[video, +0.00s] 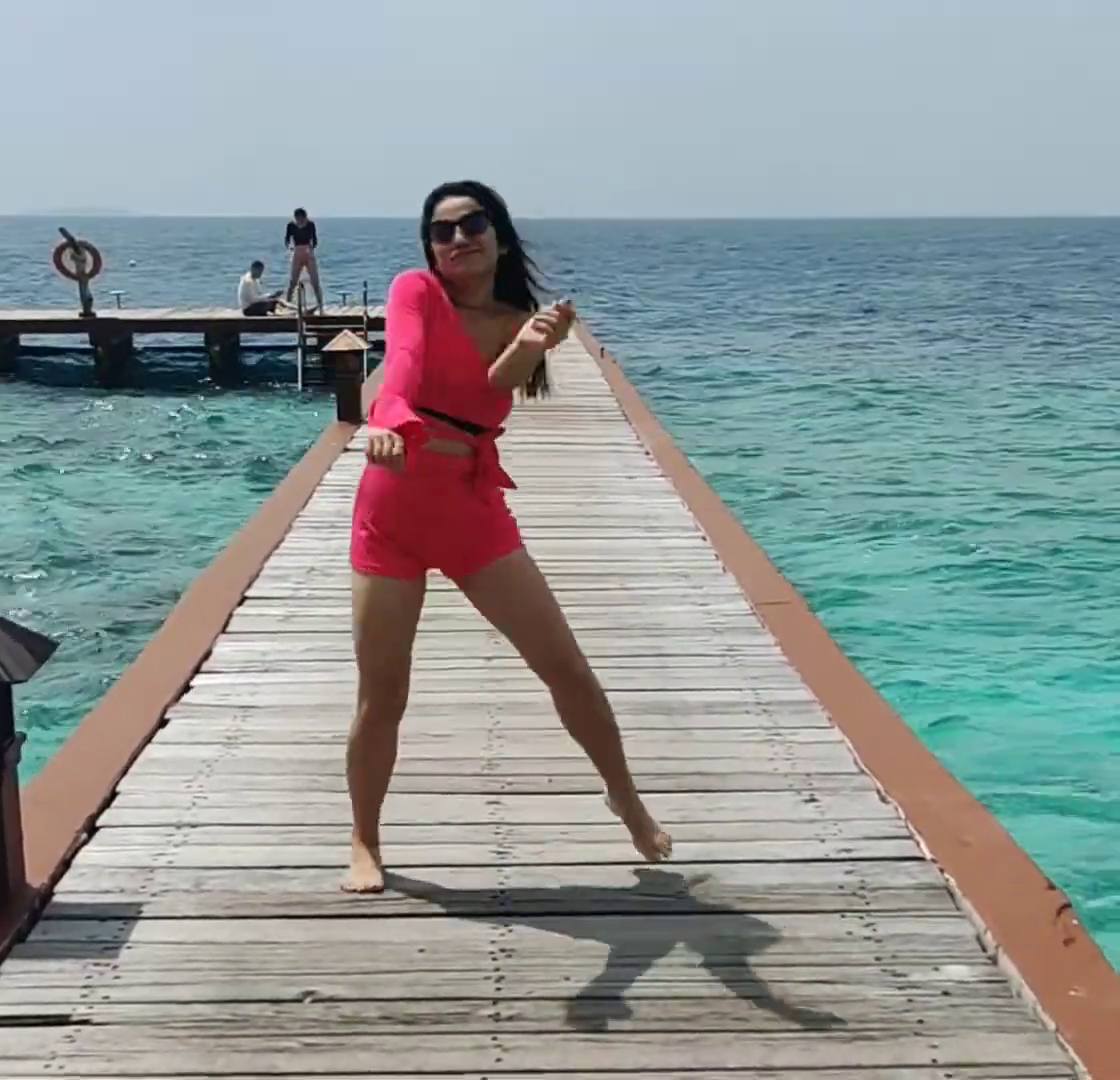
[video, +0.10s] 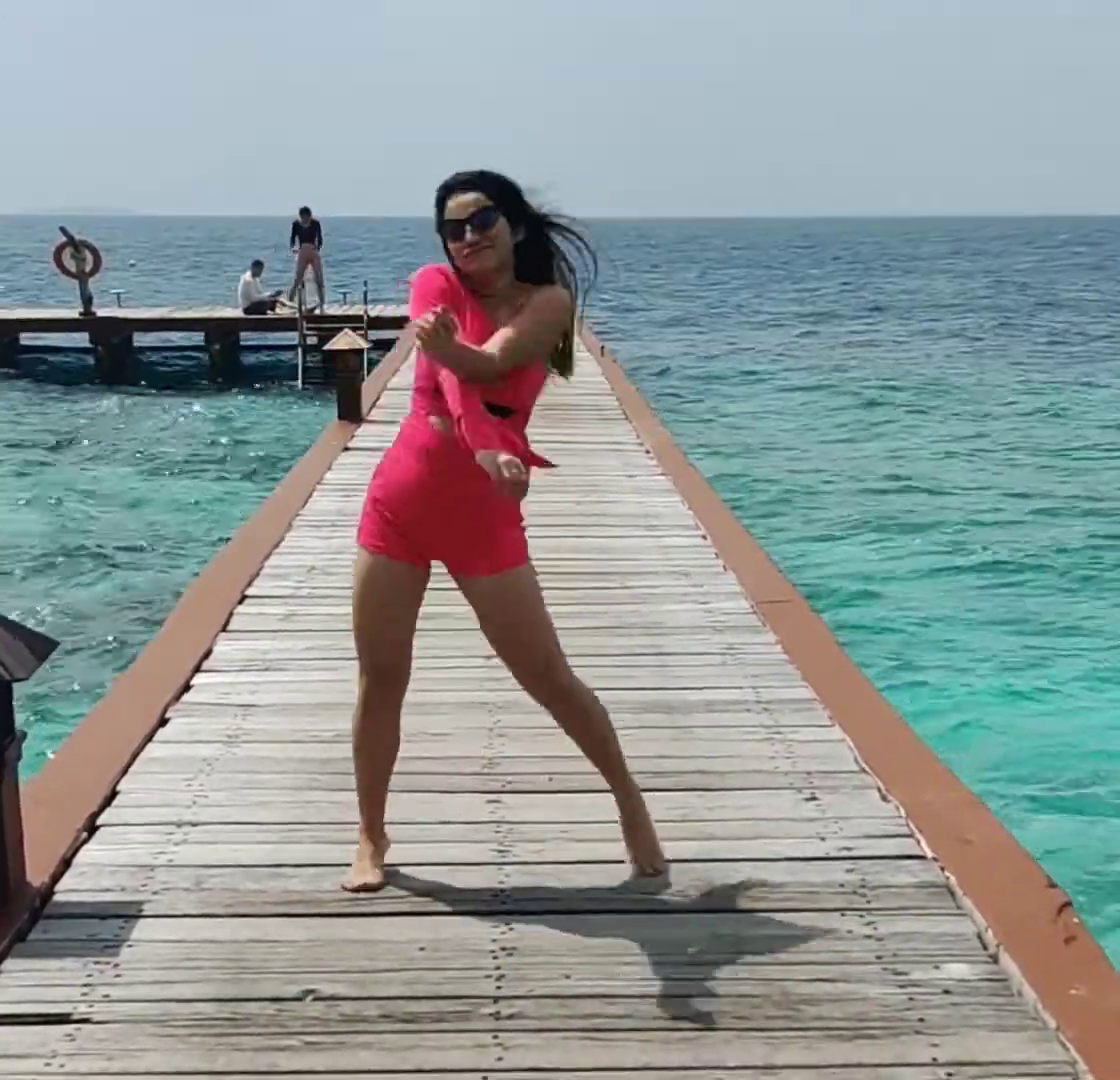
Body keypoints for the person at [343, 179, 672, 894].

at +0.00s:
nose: (458, 239)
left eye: (472, 225)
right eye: (443, 231)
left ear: (501, 235)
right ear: (430, 245)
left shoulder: (525, 320)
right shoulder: (416, 289)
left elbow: (500, 385)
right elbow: (403, 355)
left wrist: (526, 347)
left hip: (471, 508)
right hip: (392, 504)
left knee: (567, 668)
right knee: (382, 697)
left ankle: (627, 801)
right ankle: (364, 845)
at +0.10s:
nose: (468, 236)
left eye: (482, 220)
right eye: (453, 227)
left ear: (517, 224)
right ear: (442, 240)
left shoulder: (550, 301)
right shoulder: (433, 285)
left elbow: (492, 364)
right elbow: (449, 371)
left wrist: (445, 350)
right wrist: (489, 441)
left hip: (482, 516)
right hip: (398, 507)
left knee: (550, 682)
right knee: (380, 683)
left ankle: (632, 806)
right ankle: (370, 838)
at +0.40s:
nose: (507, 296)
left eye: (522, 281)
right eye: (496, 284)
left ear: (558, 278)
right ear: (489, 288)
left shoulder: (588, 330)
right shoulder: (498, 364)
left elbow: (598, 428)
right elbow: (478, 469)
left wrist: (509, 430)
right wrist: (570, 469)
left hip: (563, 557)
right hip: (490, 543)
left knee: (582, 723)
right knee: (419, 688)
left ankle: (621, 833)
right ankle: (396, 841)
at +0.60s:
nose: (558, 244)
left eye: (577, 236)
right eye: (545, 231)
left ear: (600, 250)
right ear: (528, 241)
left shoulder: (620, 307)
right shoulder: (509, 332)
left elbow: (707, 370)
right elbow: (470, 425)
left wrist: (628, 431)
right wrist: (487, 474)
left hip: (604, 530)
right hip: (524, 524)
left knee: (605, 698)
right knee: (445, 660)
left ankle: (631, 830)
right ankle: (435, 802)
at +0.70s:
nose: (562, 244)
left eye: (582, 236)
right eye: (552, 229)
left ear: (604, 250)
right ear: (534, 236)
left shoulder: (628, 314)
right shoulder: (500, 324)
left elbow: (719, 375)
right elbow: (452, 408)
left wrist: (705, 460)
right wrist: (433, 486)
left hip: (611, 524)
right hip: (525, 521)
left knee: (617, 694)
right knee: (470, 688)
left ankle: (633, 826)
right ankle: (463, 777)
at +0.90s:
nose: (540, 306)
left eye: (556, 295)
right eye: (527, 292)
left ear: (577, 306)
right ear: (510, 298)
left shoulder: (588, 389)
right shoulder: (470, 366)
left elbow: (649, 476)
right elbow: (401, 440)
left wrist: (730, 533)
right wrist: (324, 499)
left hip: (585, 556)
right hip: (506, 566)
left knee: (601, 709)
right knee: (515, 734)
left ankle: (607, 832)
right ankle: (468, 775)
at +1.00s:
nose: (503, 285)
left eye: (520, 277)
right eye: (491, 272)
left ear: (537, 288)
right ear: (470, 275)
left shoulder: (544, 371)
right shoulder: (425, 347)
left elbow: (553, 471)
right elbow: (386, 449)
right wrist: (346, 543)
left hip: (532, 537)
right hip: (449, 540)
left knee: (557, 680)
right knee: (462, 705)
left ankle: (583, 826)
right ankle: (440, 781)